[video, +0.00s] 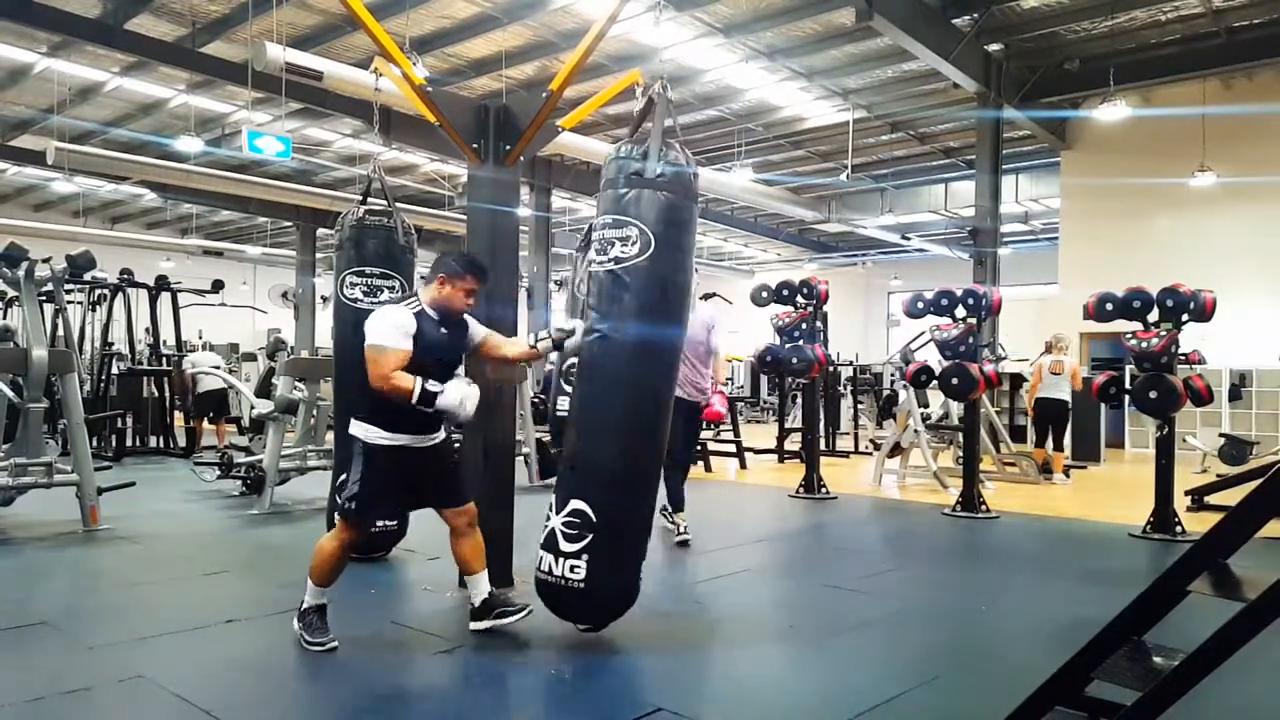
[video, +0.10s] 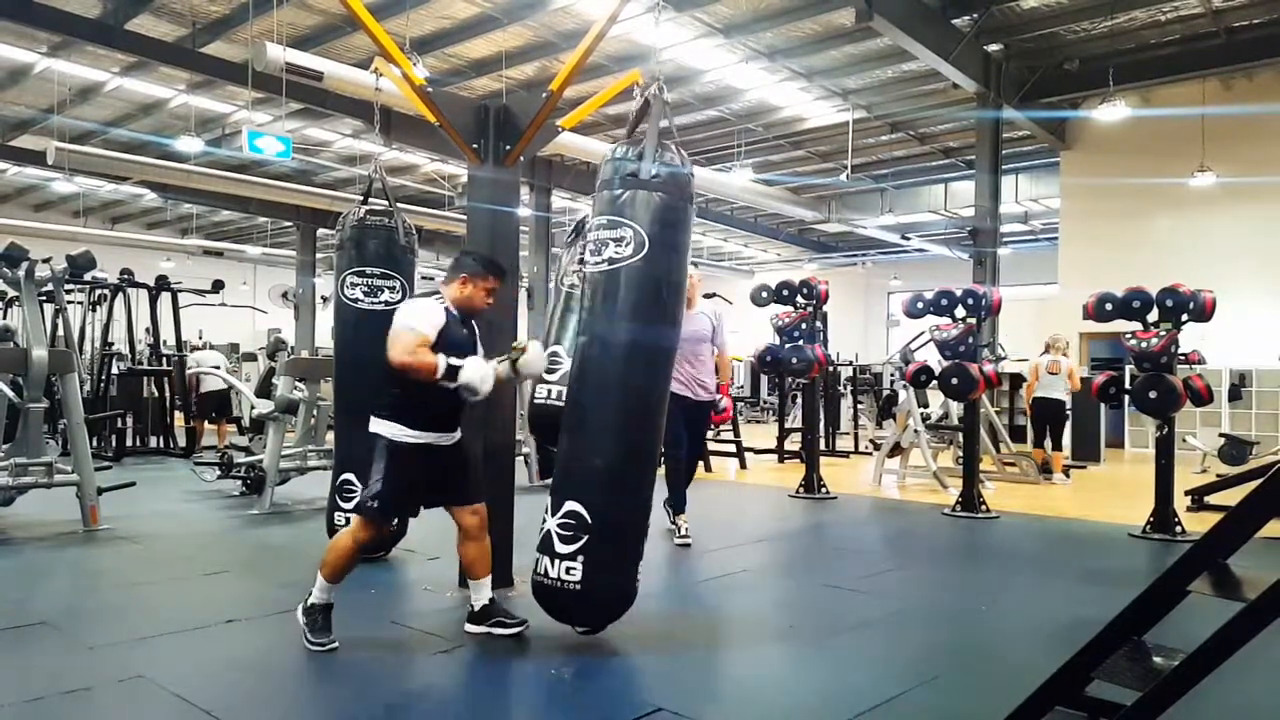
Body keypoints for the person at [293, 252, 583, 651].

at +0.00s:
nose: (472, 303)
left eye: (474, 295)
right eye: (468, 294)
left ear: (458, 290)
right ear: (441, 284)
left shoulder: (461, 325)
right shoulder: (392, 318)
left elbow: (507, 348)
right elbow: (383, 377)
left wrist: (552, 339)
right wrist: (439, 395)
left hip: (432, 445)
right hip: (379, 445)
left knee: (464, 518)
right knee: (349, 532)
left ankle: (482, 603)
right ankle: (311, 609)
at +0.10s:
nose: (490, 303)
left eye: (493, 295)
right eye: (488, 293)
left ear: (469, 287)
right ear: (463, 283)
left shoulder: (467, 326)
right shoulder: (421, 310)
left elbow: (470, 378)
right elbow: (402, 355)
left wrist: (512, 367)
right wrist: (458, 370)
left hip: (445, 442)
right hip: (400, 440)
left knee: (474, 520)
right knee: (366, 530)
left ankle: (482, 608)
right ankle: (316, 605)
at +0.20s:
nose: (508, 308)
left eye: (510, 300)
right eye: (505, 298)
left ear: (491, 292)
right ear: (486, 288)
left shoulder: (481, 322)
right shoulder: (456, 305)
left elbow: (458, 369)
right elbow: (480, 335)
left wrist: (490, 384)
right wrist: (526, 339)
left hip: (462, 442)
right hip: (418, 441)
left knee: (486, 522)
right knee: (383, 532)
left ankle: (484, 609)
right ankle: (323, 601)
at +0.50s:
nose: (534, 312)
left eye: (539, 305)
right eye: (535, 302)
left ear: (517, 292)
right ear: (515, 287)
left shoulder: (497, 326)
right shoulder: (469, 314)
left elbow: (497, 380)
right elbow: (485, 379)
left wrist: (537, 372)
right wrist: (524, 347)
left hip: (482, 442)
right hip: (439, 437)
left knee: (496, 525)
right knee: (430, 534)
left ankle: (484, 610)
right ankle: (373, 644)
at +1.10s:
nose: (514, 269)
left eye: (514, 259)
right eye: (512, 259)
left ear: (473, 252)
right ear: (493, 254)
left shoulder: (437, 292)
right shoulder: (476, 297)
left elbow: (456, 368)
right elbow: (490, 370)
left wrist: (512, 366)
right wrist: (527, 370)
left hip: (442, 440)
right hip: (444, 445)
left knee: (496, 522)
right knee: (432, 563)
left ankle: (438, 622)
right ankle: (379, 684)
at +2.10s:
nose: (526, 284)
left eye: (528, 274)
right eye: (526, 273)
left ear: (494, 264)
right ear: (508, 266)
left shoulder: (455, 300)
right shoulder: (482, 308)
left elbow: (473, 375)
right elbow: (495, 383)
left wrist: (514, 362)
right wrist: (528, 366)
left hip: (461, 449)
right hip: (449, 450)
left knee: (499, 520)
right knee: (455, 562)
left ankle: (459, 617)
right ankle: (392, 683)